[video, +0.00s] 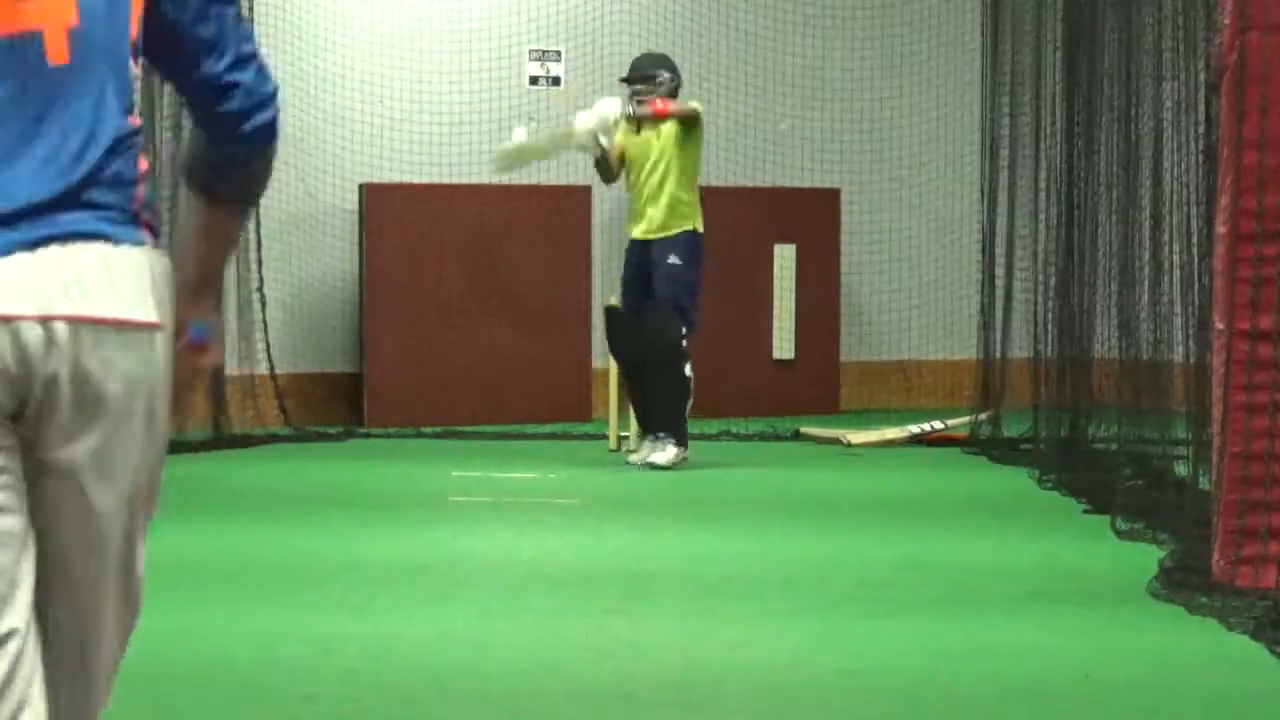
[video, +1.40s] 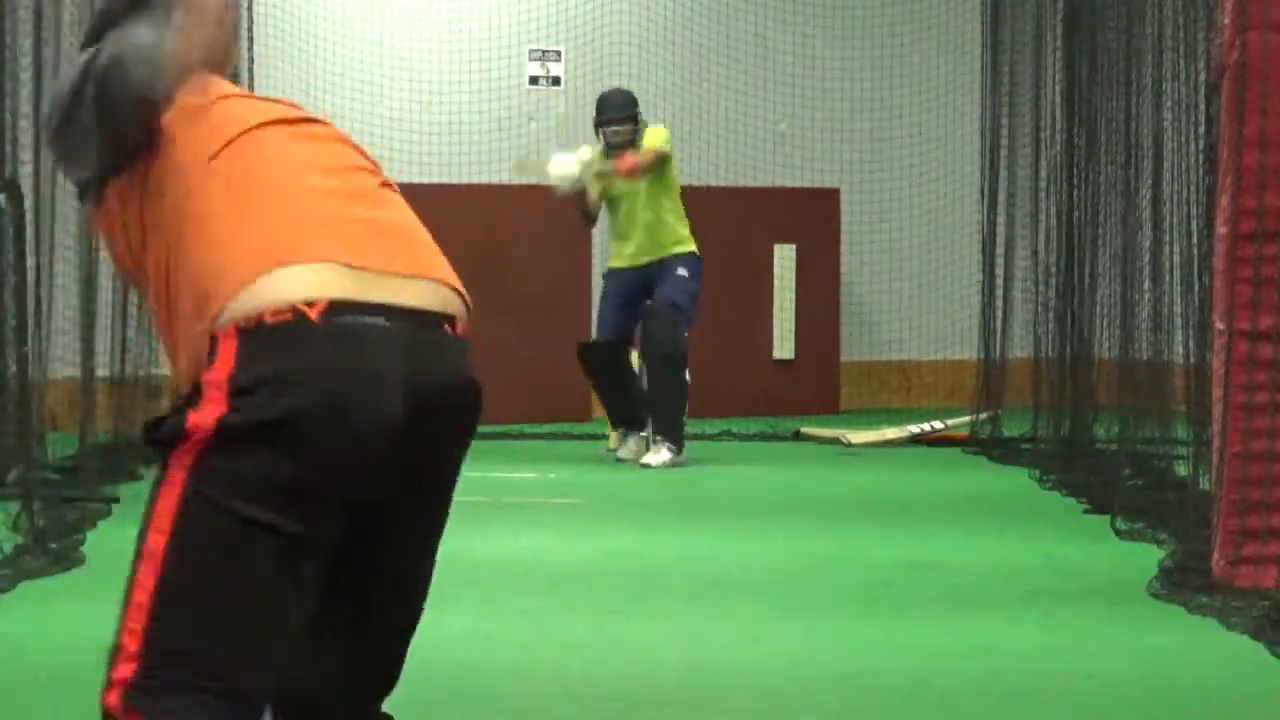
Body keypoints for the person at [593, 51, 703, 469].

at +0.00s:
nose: (639, 95)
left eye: (647, 87)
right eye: (634, 88)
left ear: (668, 88)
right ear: (627, 90)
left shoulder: (683, 121)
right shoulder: (626, 130)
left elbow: (691, 113)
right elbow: (608, 175)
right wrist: (596, 141)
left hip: (678, 234)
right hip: (641, 237)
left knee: (669, 335)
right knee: (636, 332)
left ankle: (673, 438)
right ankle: (651, 434)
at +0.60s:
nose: (645, 108)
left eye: (650, 100)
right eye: (644, 101)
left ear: (671, 98)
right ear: (662, 102)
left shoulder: (699, 131)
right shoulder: (658, 146)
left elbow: (723, 166)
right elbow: (637, 198)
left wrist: (672, 166)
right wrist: (626, 169)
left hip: (691, 254)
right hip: (658, 255)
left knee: (679, 345)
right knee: (648, 344)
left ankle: (691, 444)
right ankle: (664, 438)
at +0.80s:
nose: (638, 111)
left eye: (643, 103)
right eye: (638, 103)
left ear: (662, 99)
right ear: (657, 101)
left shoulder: (700, 136)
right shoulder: (656, 148)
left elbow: (729, 187)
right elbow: (656, 192)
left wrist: (683, 199)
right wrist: (635, 194)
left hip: (693, 256)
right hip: (658, 256)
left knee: (683, 346)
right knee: (638, 342)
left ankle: (692, 444)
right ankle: (663, 436)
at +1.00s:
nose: (616, 162)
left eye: (624, 154)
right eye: (608, 155)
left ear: (637, 155)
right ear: (599, 159)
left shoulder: (650, 190)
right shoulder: (616, 185)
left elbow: (663, 264)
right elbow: (628, 221)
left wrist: (639, 276)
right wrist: (627, 242)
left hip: (703, 255)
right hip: (677, 257)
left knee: (660, 337)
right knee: (644, 338)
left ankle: (676, 444)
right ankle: (666, 438)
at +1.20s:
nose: (612, 167)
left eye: (620, 159)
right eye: (604, 160)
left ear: (634, 159)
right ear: (595, 163)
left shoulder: (646, 192)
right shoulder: (612, 182)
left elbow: (642, 259)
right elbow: (608, 202)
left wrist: (599, 256)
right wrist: (589, 217)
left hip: (693, 261)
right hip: (659, 265)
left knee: (653, 339)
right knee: (625, 339)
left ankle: (667, 444)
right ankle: (652, 436)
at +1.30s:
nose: (615, 155)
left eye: (623, 148)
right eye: (607, 149)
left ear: (639, 148)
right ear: (598, 153)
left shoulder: (652, 174)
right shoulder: (608, 174)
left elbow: (624, 231)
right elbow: (598, 212)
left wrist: (580, 237)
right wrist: (571, 212)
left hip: (684, 265)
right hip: (645, 272)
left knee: (651, 340)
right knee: (610, 345)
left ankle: (667, 442)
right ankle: (639, 430)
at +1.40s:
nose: (617, 130)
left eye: (624, 123)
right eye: (609, 125)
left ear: (636, 121)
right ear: (598, 128)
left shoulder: (654, 136)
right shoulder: (595, 160)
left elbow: (646, 162)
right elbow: (589, 217)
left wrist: (606, 169)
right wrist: (579, 186)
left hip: (674, 255)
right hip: (625, 262)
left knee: (662, 332)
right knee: (606, 349)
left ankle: (668, 441)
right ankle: (633, 428)